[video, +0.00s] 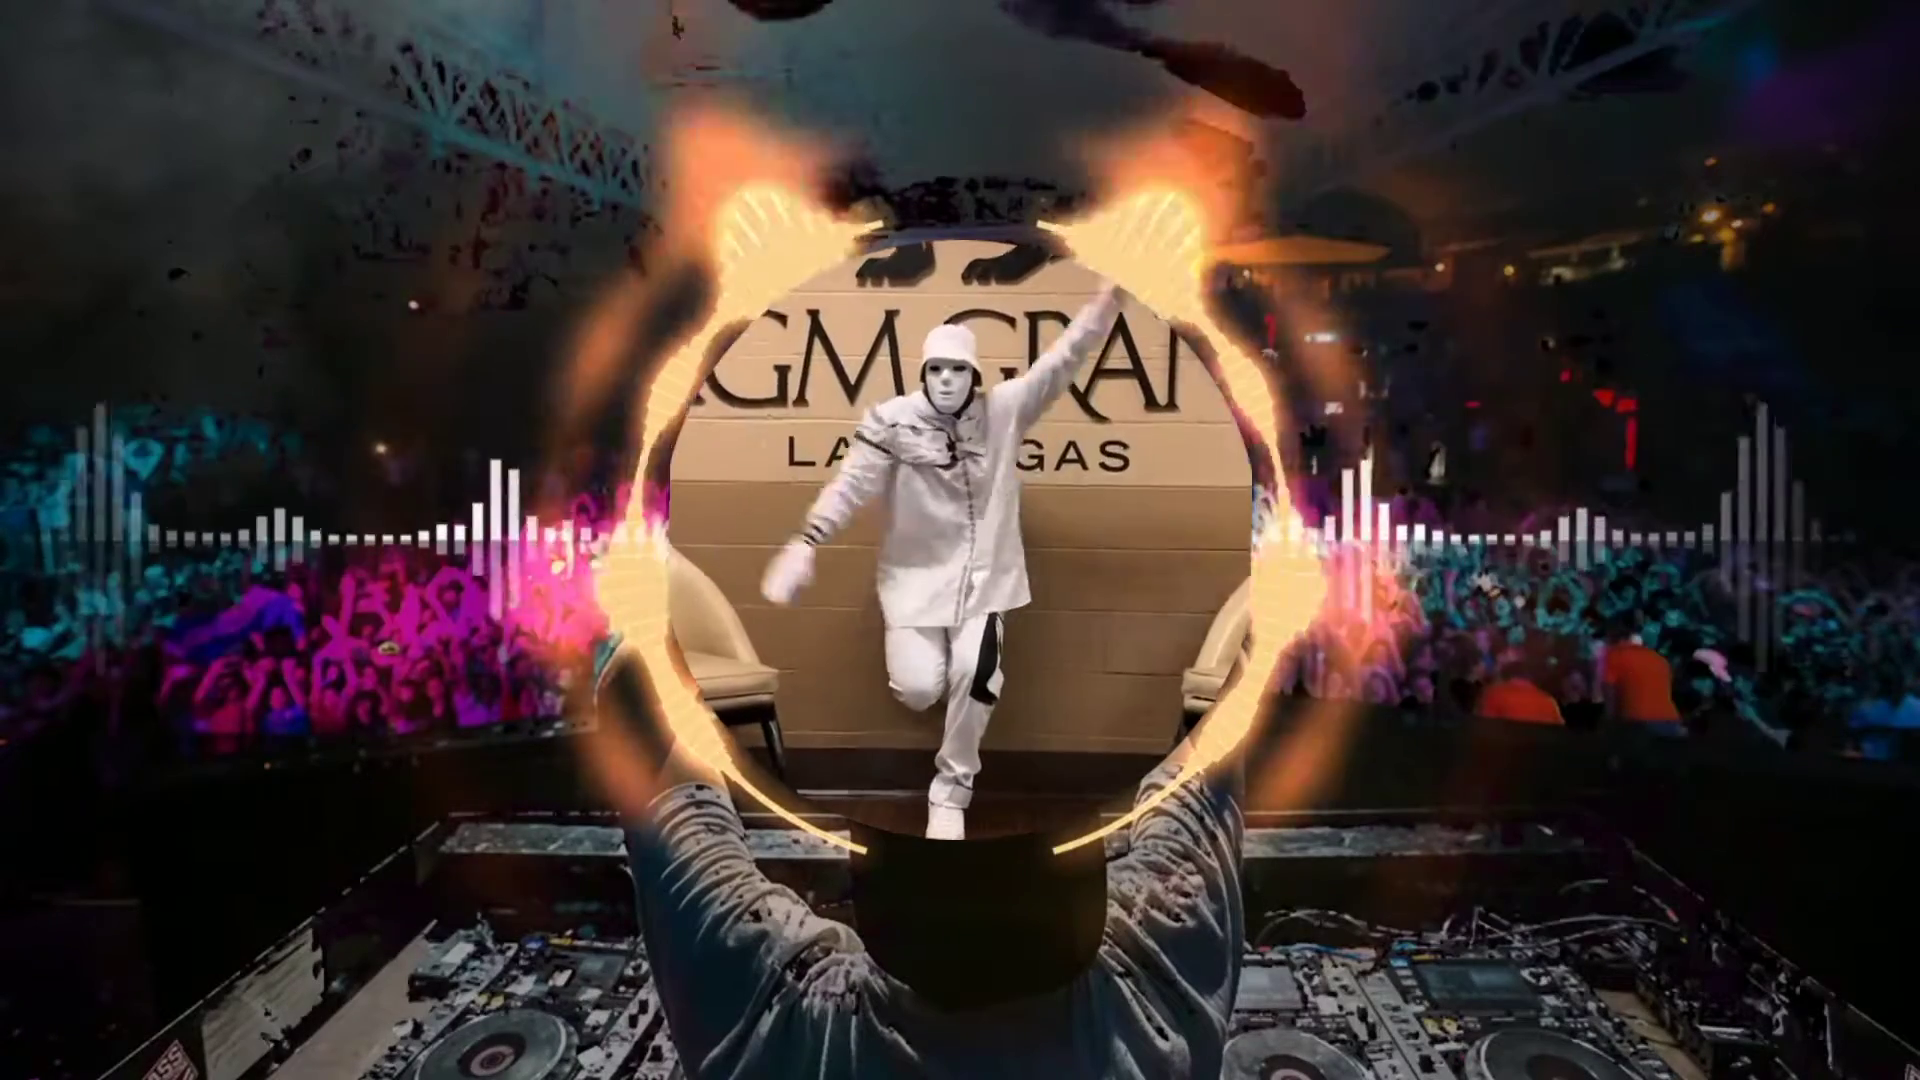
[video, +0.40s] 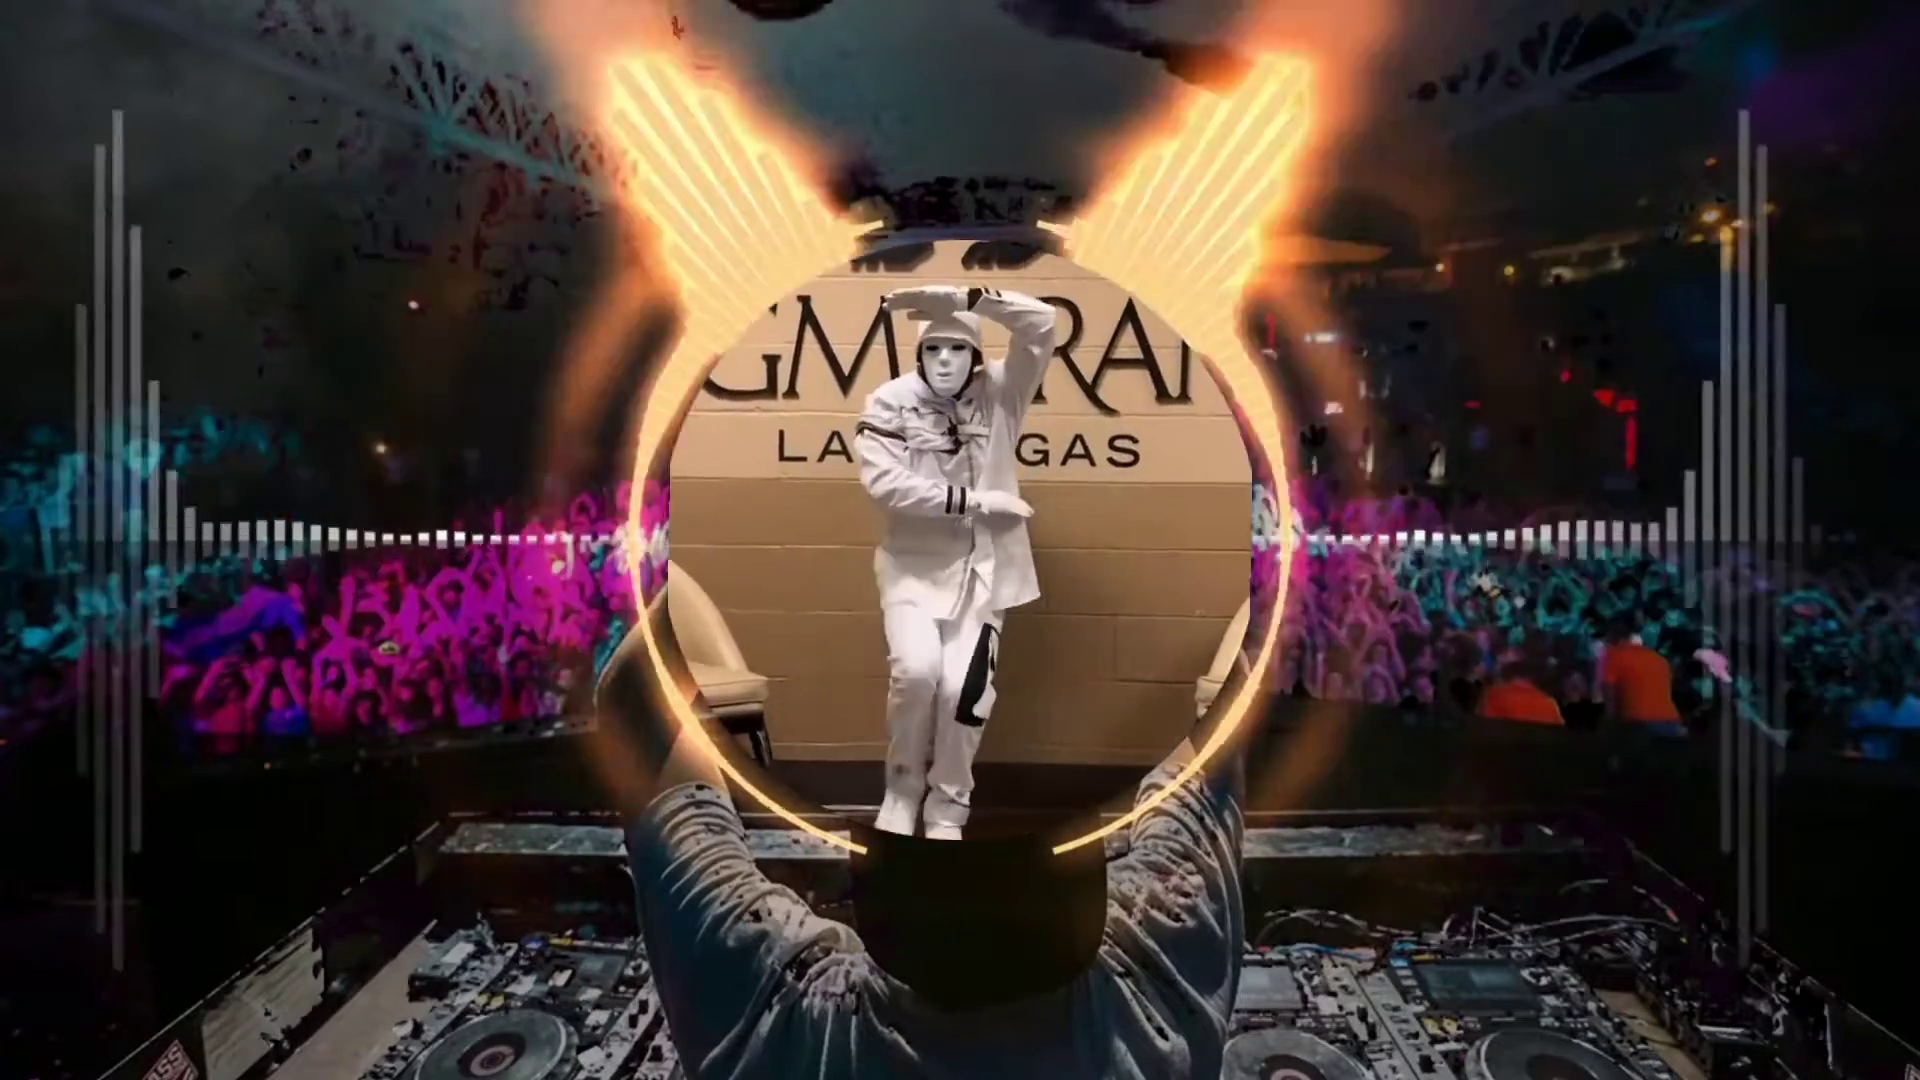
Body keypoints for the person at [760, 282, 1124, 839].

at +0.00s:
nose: (946, 381)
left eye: (958, 371)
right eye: (936, 370)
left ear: (975, 375)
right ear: (923, 373)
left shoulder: (1002, 411)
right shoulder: (892, 422)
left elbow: (1061, 363)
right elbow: (850, 487)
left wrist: (1105, 305)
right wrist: (806, 542)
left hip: (982, 577)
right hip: (915, 579)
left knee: (978, 684)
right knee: (918, 689)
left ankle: (950, 797)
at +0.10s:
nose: (945, 377)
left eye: (955, 367)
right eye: (935, 367)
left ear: (972, 371)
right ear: (920, 371)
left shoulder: (999, 406)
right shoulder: (890, 421)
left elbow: (1035, 353)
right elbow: (887, 500)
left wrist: (1027, 280)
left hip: (982, 575)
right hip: (915, 576)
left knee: (978, 695)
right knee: (917, 693)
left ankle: (950, 803)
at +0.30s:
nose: (943, 367)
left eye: (955, 357)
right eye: (933, 357)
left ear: (971, 364)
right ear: (919, 362)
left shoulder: (999, 401)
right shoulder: (891, 410)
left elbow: (1035, 335)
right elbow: (886, 486)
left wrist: (968, 303)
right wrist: (969, 502)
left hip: (982, 577)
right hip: (912, 580)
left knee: (975, 693)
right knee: (918, 703)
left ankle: (948, 810)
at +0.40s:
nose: (946, 361)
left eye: (958, 350)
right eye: (935, 350)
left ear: (975, 358)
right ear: (920, 356)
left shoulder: (1001, 395)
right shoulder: (891, 405)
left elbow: (1041, 329)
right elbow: (885, 484)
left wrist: (972, 297)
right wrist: (970, 500)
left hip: (984, 569)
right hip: (914, 568)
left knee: (966, 693)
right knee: (918, 673)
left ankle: (948, 812)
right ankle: (902, 796)